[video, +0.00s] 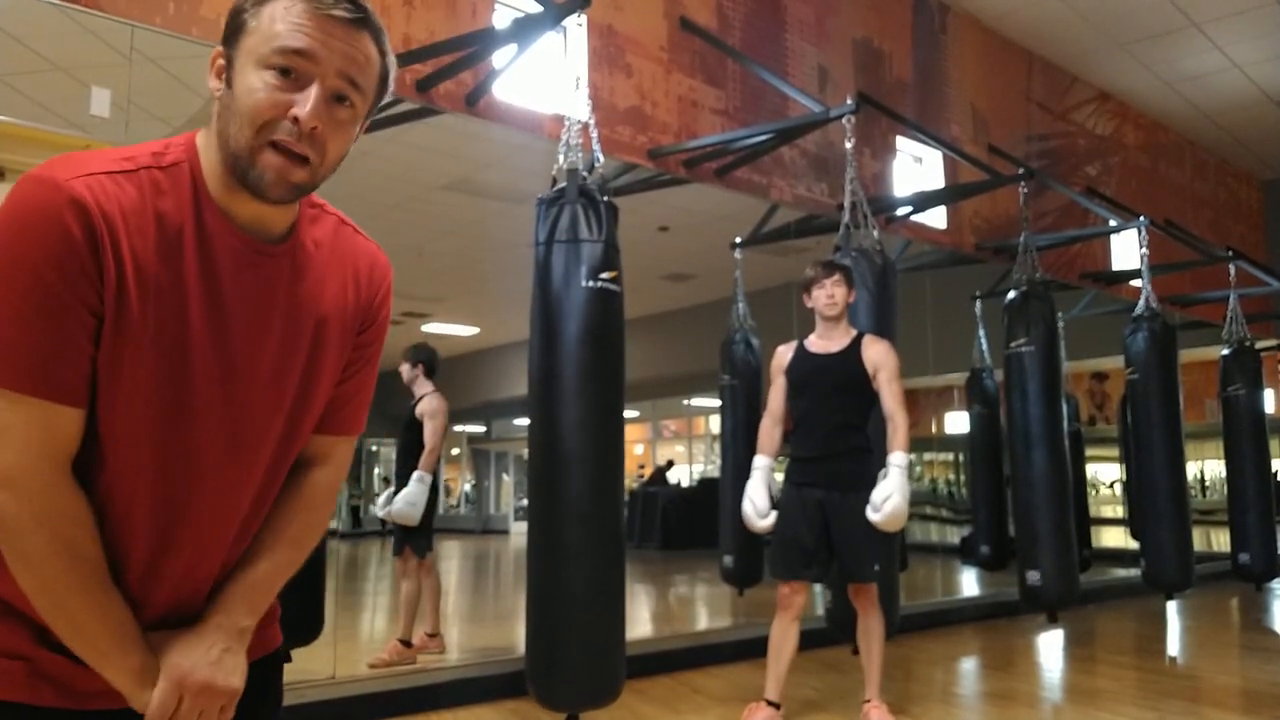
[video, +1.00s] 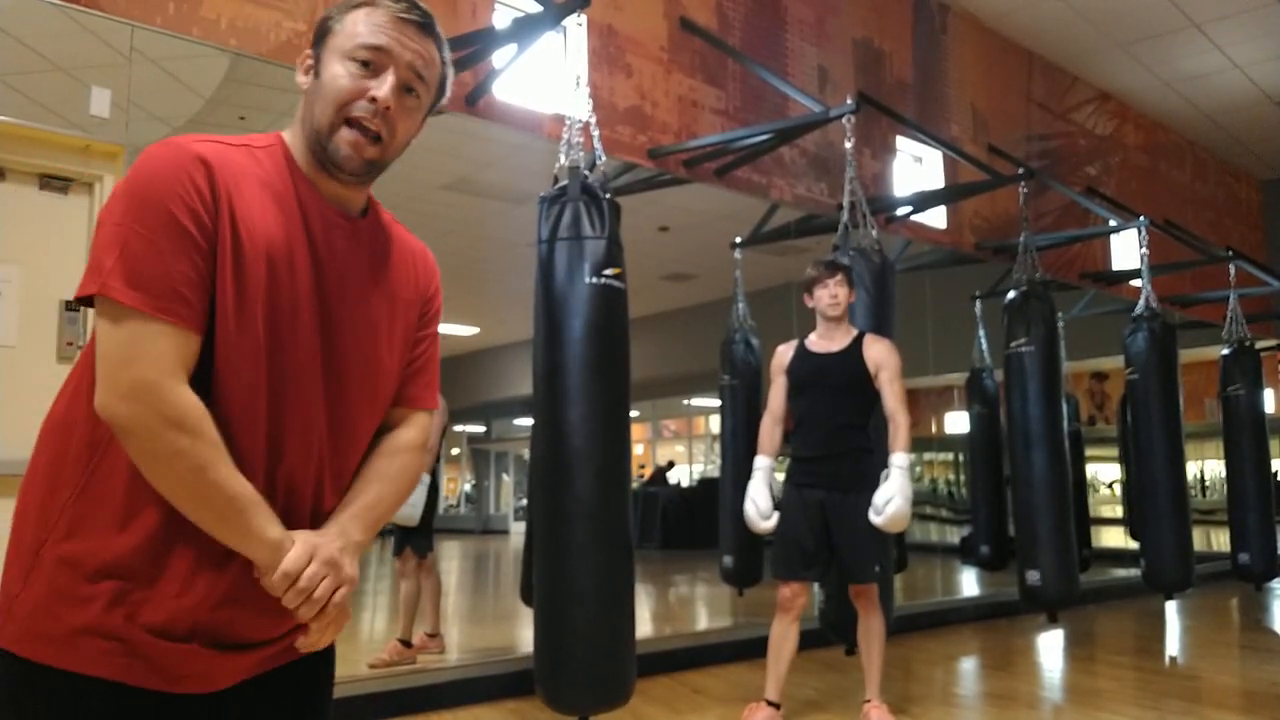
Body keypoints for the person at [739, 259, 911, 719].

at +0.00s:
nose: (830, 293)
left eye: (837, 286)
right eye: (822, 287)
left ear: (851, 295)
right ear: (808, 298)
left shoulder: (875, 350)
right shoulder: (787, 355)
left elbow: (896, 417)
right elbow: (773, 420)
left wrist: (897, 471)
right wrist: (760, 475)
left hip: (859, 491)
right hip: (801, 491)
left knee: (865, 596)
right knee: (788, 597)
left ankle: (872, 700)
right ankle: (770, 702)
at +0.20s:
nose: (829, 292)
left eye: (837, 286)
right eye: (821, 287)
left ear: (850, 296)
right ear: (808, 298)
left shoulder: (875, 350)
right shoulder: (786, 354)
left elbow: (897, 417)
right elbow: (772, 420)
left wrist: (900, 473)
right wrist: (760, 477)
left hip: (859, 491)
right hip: (801, 491)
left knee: (865, 595)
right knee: (788, 597)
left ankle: (872, 700)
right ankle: (770, 702)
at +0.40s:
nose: (829, 293)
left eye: (836, 286)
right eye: (821, 287)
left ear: (850, 296)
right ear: (809, 298)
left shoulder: (876, 350)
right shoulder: (786, 354)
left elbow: (897, 417)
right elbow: (772, 419)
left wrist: (901, 474)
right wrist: (760, 476)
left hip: (859, 491)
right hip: (801, 491)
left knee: (865, 595)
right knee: (788, 597)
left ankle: (873, 701)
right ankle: (770, 703)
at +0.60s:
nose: (829, 294)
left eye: (837, 287)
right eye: (822, 288)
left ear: (851, 296)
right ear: (809, 298)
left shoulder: (876, 350)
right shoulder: (787, 354)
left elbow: (897, 416)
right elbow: (772, 418)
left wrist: (899, 472)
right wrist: (760, 476)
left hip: (860, 491)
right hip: (801, 491)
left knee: (865, 595)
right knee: (788, 597)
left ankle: (872, 700)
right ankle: (770, 702)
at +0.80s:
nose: (832, 293)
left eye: (839, 286)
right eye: (824, 287)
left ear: (851, 295)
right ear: (809, 298)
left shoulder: (877, 350)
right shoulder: (786, 354)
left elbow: (897, 416)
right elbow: (772, 418)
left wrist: (898, 472)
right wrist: (760, 476)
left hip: (860, 490)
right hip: (802, 490)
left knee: (865, 595)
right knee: (788, 597)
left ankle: (872, 700)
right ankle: (770, 702)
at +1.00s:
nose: (835, 293)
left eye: (842, 286)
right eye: (826, 288)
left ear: (852, 294)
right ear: (810, 297)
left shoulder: (877, 350)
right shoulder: (787, 354)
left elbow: (897, 416)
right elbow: (773, 419)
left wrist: (899, 472)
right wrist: (761, 476)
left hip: (860, 491)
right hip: (803, 490)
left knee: (866, 595)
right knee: (788, 597)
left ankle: (873, 700)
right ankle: (770, 702)